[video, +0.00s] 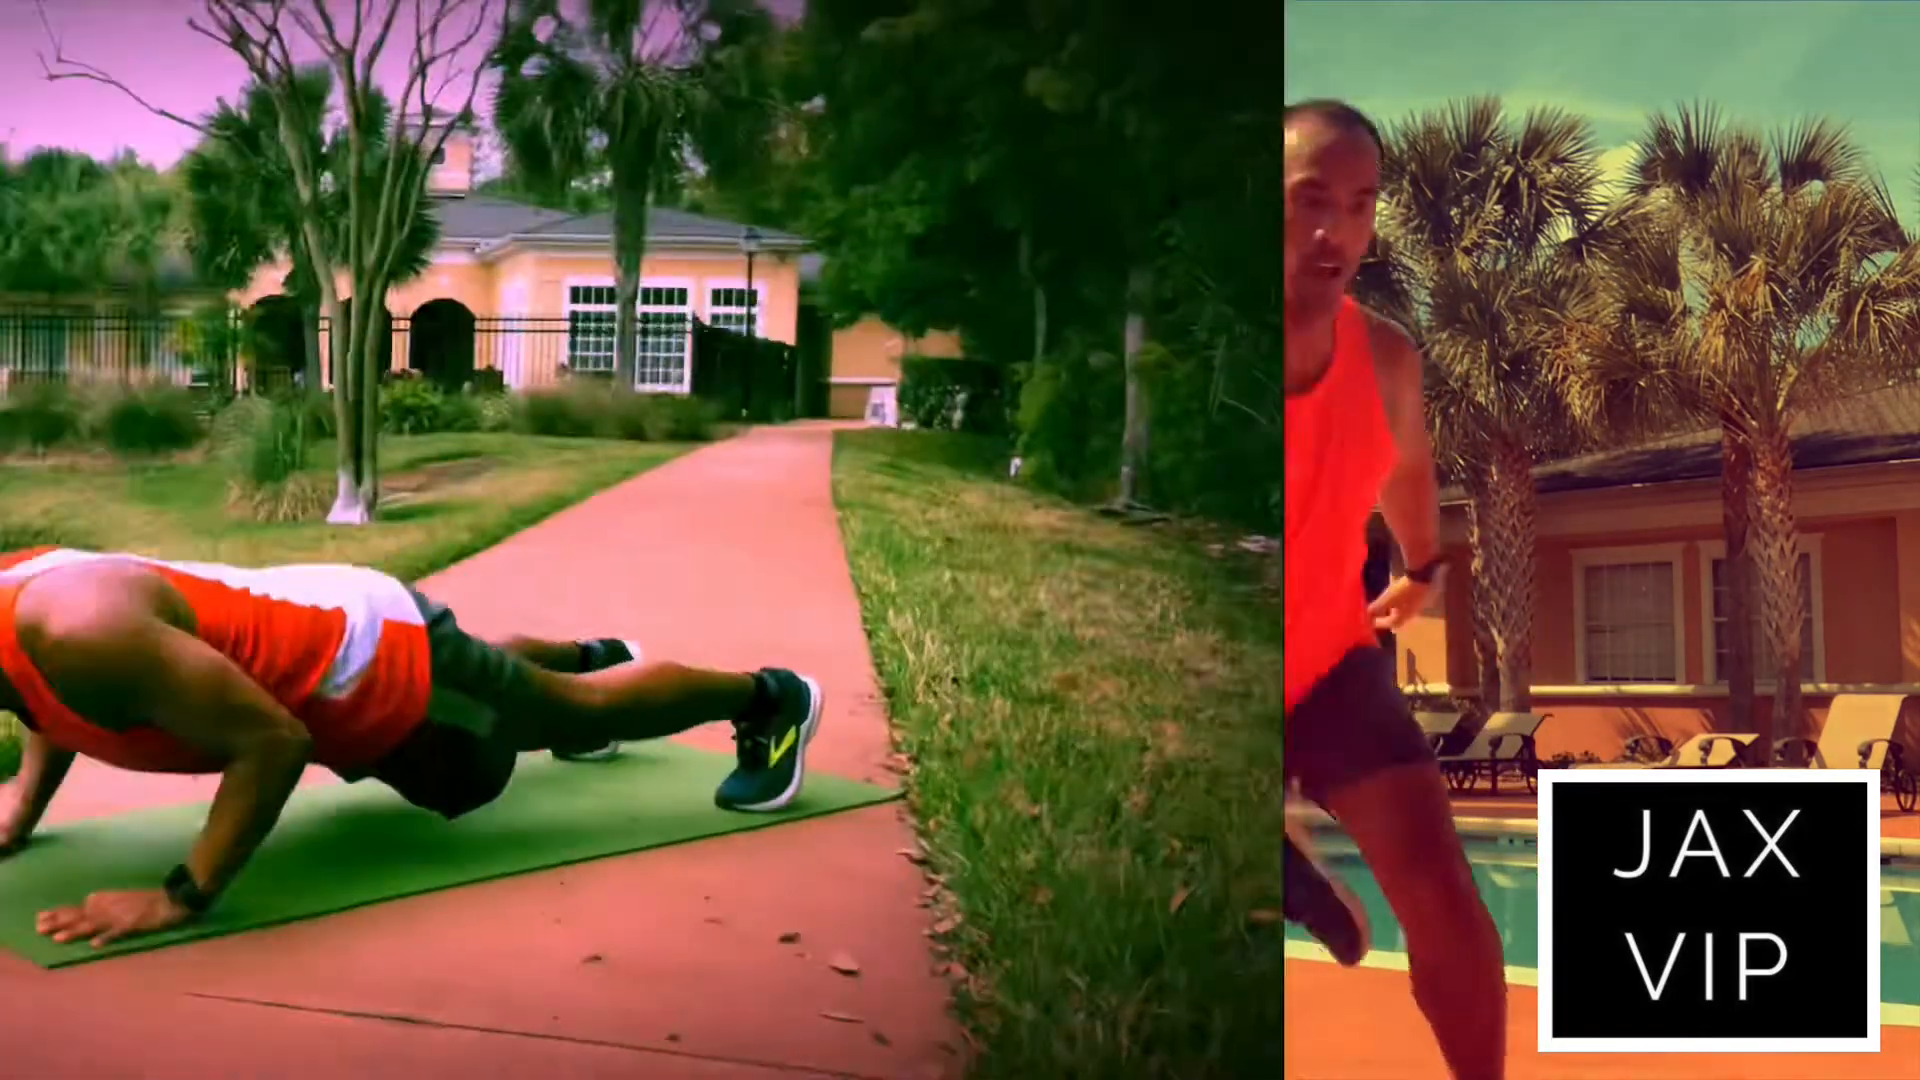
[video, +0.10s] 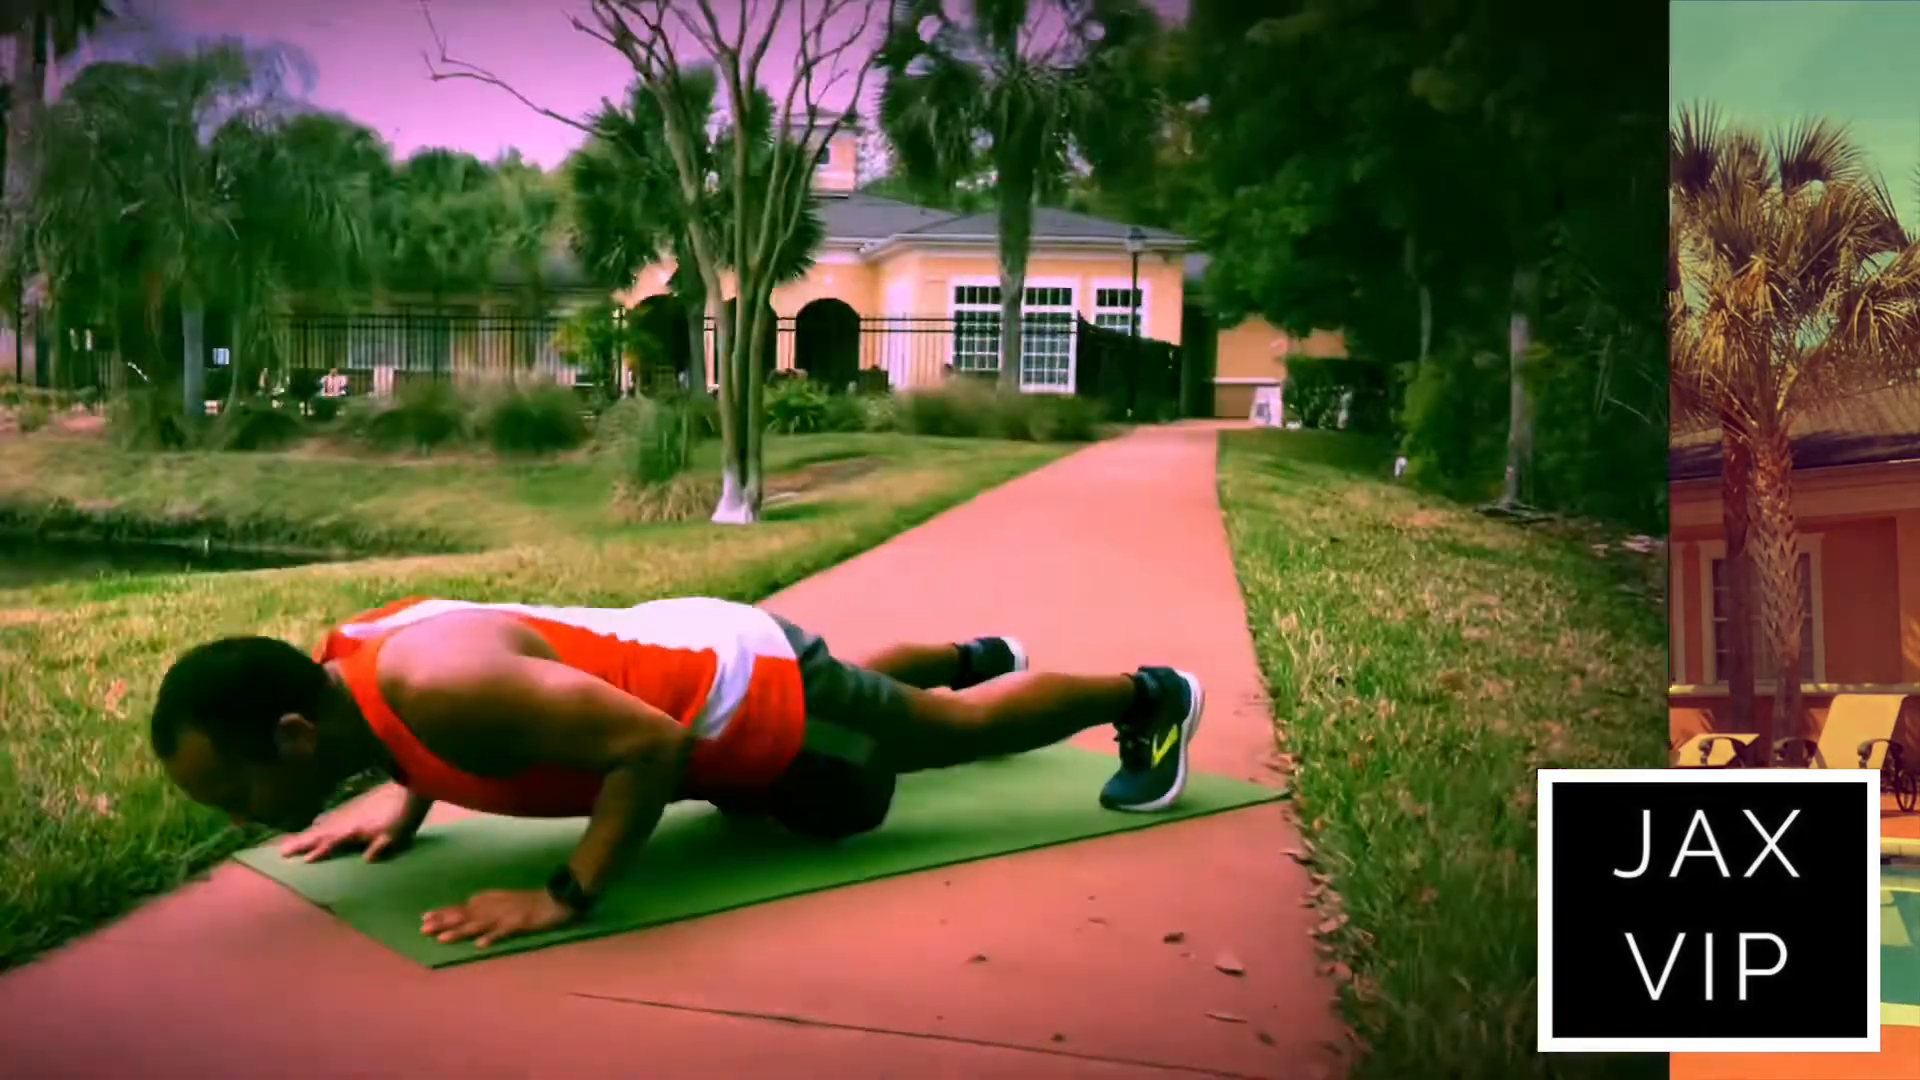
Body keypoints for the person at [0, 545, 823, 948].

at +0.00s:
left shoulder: (80, 631)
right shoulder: (12, 617)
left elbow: (273, 743)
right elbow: (65, 704)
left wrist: (185, 895)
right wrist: (24, 805)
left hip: (392, 661)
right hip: (329, 662)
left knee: (576, 708)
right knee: (468, 684)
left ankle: (767, 697)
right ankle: (589, 661)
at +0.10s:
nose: (248, 819)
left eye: (243, 798)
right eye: (229, 808)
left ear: (298, 730)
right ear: (287, 722)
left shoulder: (455, 690)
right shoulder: (351, 660)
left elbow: (649, 748)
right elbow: (428, 694)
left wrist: (571, 897)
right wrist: (408, 800)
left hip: (769, 699)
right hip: (694, 642)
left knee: (956, 723)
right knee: (837, 674)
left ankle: (1146, 696)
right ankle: (967, 659)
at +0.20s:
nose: (477, 860)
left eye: (472, 838)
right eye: (458, 846)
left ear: (533, 772)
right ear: (519, 760)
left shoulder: (679, 722)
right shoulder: (583, 698)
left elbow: (889, 743)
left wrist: (820, 893)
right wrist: (662, 816)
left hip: (1007, 724)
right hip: (933, 661)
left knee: (1208, 736)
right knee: (1062, 684)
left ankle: (1395, 692)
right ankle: (1218, 655)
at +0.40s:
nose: (459, 744)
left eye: (459, 718)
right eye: (443, 726)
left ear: (538, 665)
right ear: (523, 664)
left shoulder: (701, 656)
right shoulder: (593, 638)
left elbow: (887, 743)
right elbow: (670, 691)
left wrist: (822, 897)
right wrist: (651, 792)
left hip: (1012, 706)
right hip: (939, 679)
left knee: (1213, 732)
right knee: (1087, 683)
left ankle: (1393, 695)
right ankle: (1200, 654)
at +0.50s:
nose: (489, 639)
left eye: (491, 609)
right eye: (473, 619)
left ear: (569, 561)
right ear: (558, 569)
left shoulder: (720, 585)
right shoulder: (625, 587)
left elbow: (881, 737)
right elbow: (672, 680)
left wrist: (821, 895)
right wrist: (653, 800)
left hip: (1022, 663)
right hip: (953, 666)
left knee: (1217, 715)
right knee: (1112, 694)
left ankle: (1400, 694)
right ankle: (1213, 654)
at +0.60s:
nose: (525, 522)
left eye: (531, 496)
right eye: (512, 504)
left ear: (613, 455)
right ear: (587, 466)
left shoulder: (748, 508)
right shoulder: (636, 533)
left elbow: (852, 707)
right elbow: (662, 661)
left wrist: (815, 890)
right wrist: (654, 805)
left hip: (1037, 598)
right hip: (965, 652)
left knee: (1223, 682)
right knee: (1106, 709)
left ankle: (1405, 696)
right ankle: (1221, 706)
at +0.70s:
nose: (574, 429)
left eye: (578, 401)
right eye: (559, 409)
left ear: (658, 352)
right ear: (645, 367)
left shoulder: (799, 419)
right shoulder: (666, 452)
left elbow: (820, 661)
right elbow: (663, 624)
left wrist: (789, 857)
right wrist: (639, 789)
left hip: (1063, 546)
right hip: (982, 591)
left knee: (1227, 654)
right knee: (1117, 655)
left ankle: (1414, 699)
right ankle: (1239, 682)